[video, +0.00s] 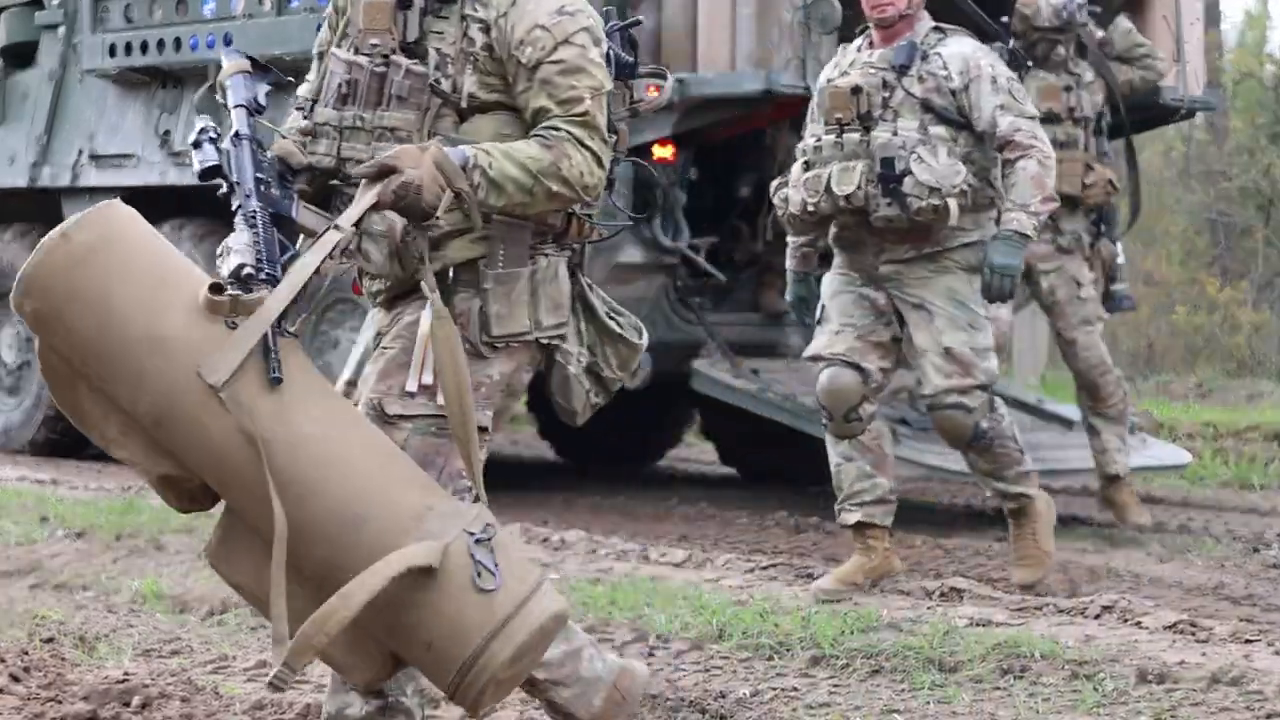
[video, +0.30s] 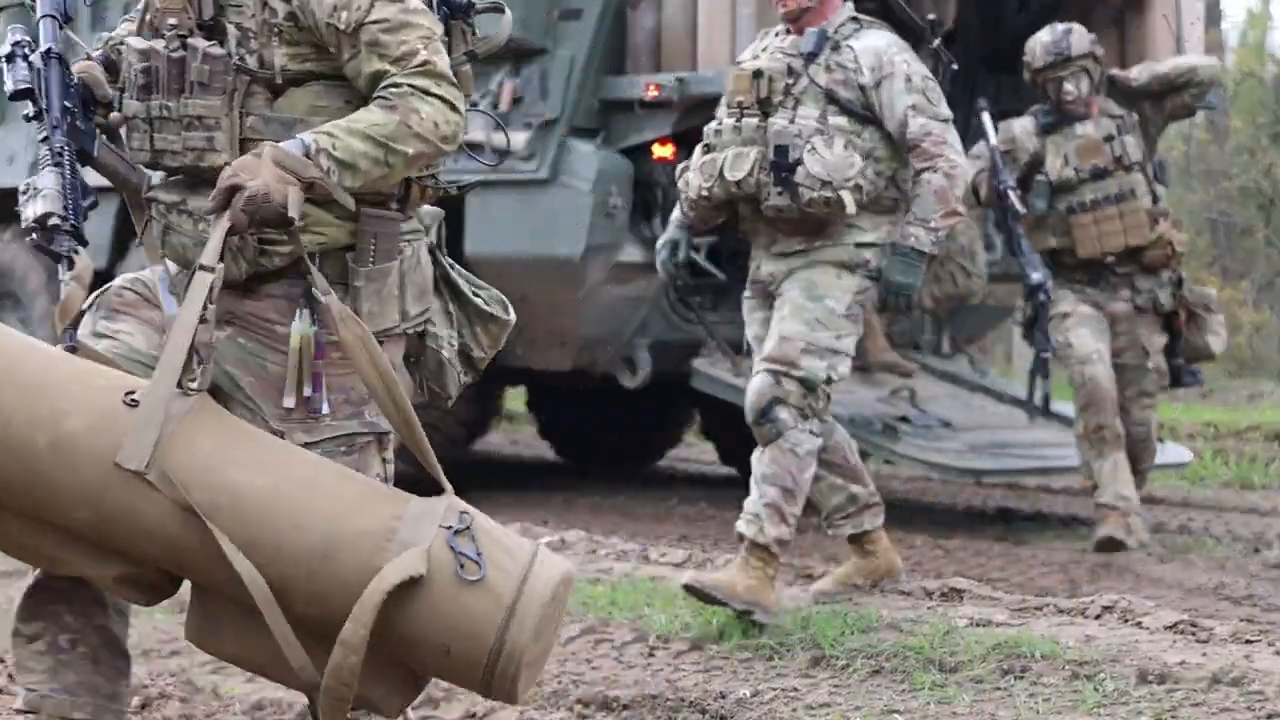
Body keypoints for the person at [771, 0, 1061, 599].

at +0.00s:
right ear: (858, 2)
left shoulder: (961, 57)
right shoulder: (838, 69)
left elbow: (1028, 146)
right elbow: (810, 176)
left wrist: (1014, 235)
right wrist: (802, 269)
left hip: (942, 260)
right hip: (857, 262)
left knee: (957, 408)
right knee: (841, 389)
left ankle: (1027, 506)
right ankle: (872, 546)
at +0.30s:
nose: (784, 1)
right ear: (778, 5)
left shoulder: (880, 53)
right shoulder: (763, 54)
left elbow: (941, 156)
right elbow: (722, 148)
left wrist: (913, 250)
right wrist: (682, 224)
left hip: (837, 257)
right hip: (766, 257)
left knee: (781, 400)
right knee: (791, 406)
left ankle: (755, 568)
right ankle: (872, 549)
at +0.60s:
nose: (642, 5)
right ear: (653, 8)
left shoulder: (754, 66)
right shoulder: (655, 64)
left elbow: (796, 180)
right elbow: (640, 170)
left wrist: (764, 277)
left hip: (723, 278)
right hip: (652, 275)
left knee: (712, 437)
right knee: (611, 411)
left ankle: (730, 604)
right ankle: (724, 505)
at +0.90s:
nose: (490, 20)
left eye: (501, 8)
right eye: (488, 10)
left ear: (544, 9)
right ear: (517, 17)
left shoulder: (601, 77)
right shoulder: (506, 87)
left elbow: (648, 175)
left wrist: (589, 256)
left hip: (603, 309)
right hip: (515, 311)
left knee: (640, 463)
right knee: (469, 465)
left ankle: (724, 603)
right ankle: (464, 642)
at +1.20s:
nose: (323, 19)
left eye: (337, 7)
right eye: (322, 9)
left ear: (383, 14)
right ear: (344, 19)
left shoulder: (437, 85)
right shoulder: (336, 100)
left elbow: (514, 186)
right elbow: (302, 213)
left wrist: (490, 294)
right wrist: (256, 306)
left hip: (426, 308)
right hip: (366, 307)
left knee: (307, 432)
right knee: (377, 491)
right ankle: (453, 651)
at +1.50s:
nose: (137, 1)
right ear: (164, 5)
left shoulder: (242, 70)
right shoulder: (153, 66)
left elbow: (307, 189)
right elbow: (128, 193)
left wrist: (275, 300)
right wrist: (76, 274)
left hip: (218, 297)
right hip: (168, 297)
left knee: (144, 468)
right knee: (164, 473)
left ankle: (147, 664)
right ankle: (328, 577)